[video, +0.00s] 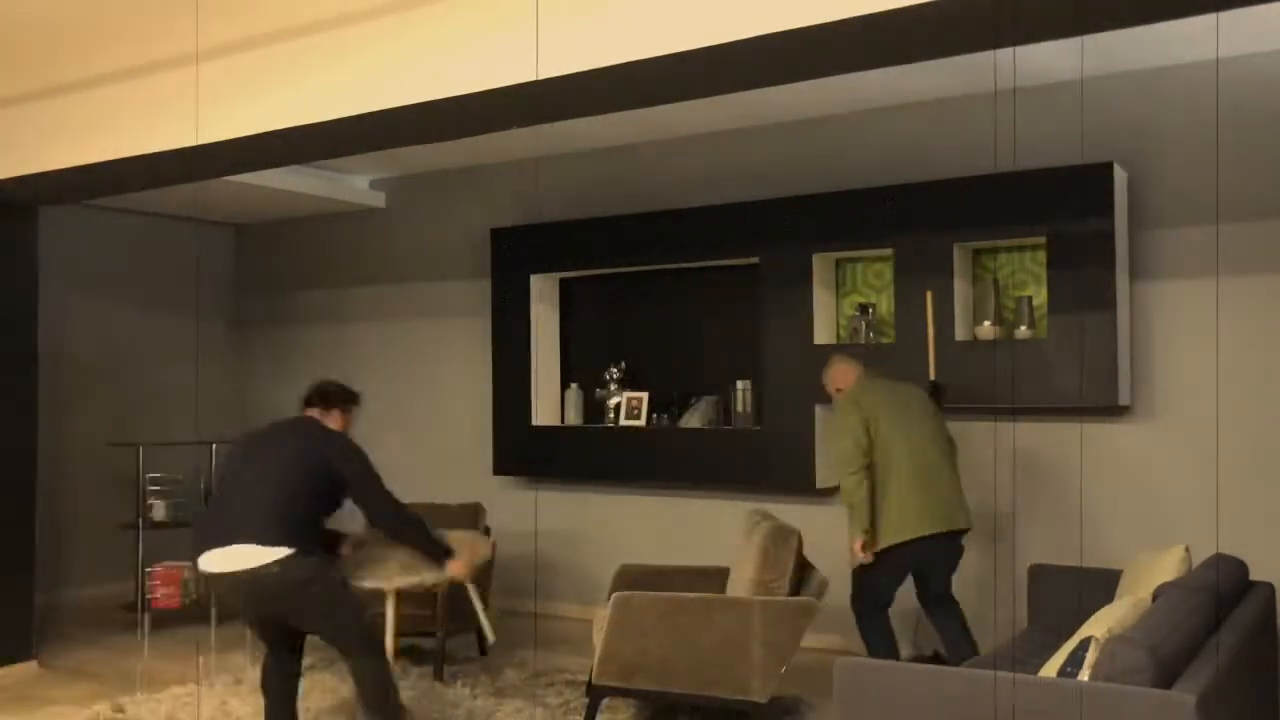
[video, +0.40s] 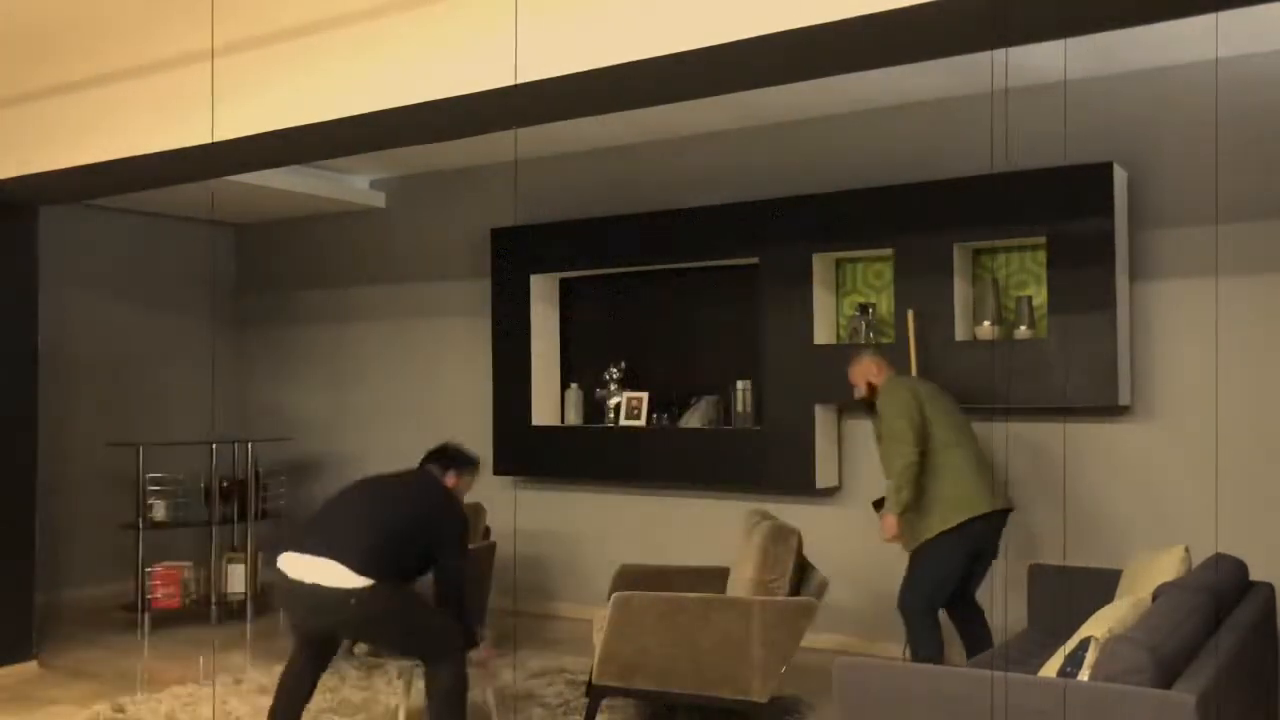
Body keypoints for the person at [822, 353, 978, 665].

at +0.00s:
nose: (838, 402)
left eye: (835, 395)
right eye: (835, 396)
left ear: (841, 384)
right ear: (861, 373)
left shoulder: (851, 403)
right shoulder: (916, 394)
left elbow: (853, 470)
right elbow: (947, 447)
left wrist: (860, 529)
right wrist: (945, 506)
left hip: (898, 528)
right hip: (949, 522)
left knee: (868, 604)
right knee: (937, 595)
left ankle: (890, 682)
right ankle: (972, 670)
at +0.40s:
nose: (857, 394)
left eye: (857, 385)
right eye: (854, 387)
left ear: (874, 371)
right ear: (880, 369)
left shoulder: (895, 392)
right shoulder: (924, 389)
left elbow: (904, 453)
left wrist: (893, 509)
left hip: (954, 513)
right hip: (989, 508)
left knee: (914, 602)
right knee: (959, 597)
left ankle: (929, 688)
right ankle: (988, 678)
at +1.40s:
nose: (881, 352)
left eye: (889, 342)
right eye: (874, 347)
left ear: (910, 346)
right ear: (869, 356)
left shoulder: (927, 385)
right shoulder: (901, 393)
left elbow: (942, 449)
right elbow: (913, 458)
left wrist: (926, 506)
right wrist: (900, 504)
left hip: (960, 515)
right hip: (940, 518)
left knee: (920, 606)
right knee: (926, 605)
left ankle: (941, 692)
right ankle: (974, 680)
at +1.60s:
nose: (908, 344)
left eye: (917, 335)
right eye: (900, 336)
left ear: (933, 336)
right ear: (890, 340)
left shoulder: (956, 381)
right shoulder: (898, 381)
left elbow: (967, 453)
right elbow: (893, 449)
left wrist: (940, 505)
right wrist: (887, 504)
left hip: (946, 522)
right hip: (905, 519)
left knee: (923, 604)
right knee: (884, 600)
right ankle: (944, 661)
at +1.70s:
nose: (924, 346)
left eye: (932, 337)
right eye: (913, 337)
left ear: (943, 337)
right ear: (898, 338)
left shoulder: (968, 380)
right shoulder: (880, 379)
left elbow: (993, 438)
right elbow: (857, 438)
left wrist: (987, 495)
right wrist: (859, 486)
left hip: (945, 513)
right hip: (887, 511)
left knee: (938, 606)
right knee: (895, 603)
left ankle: (957, 688)